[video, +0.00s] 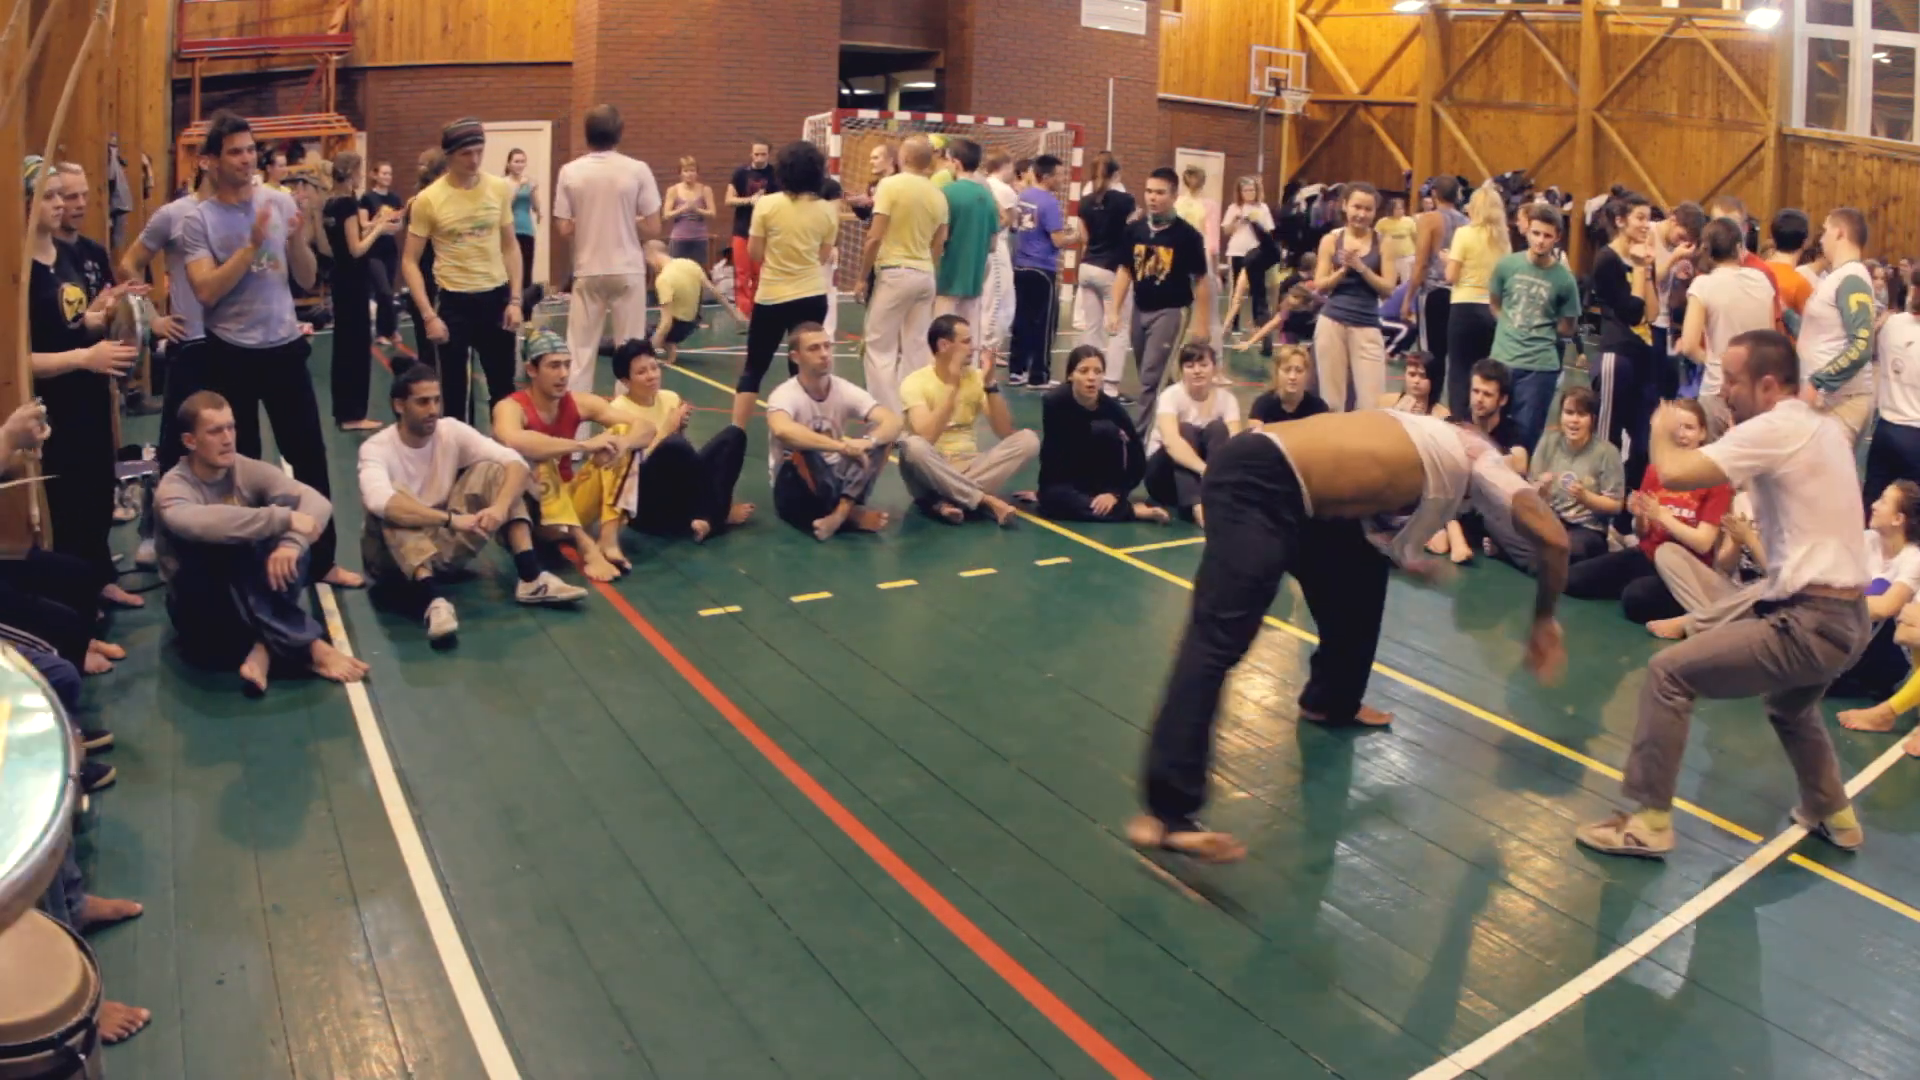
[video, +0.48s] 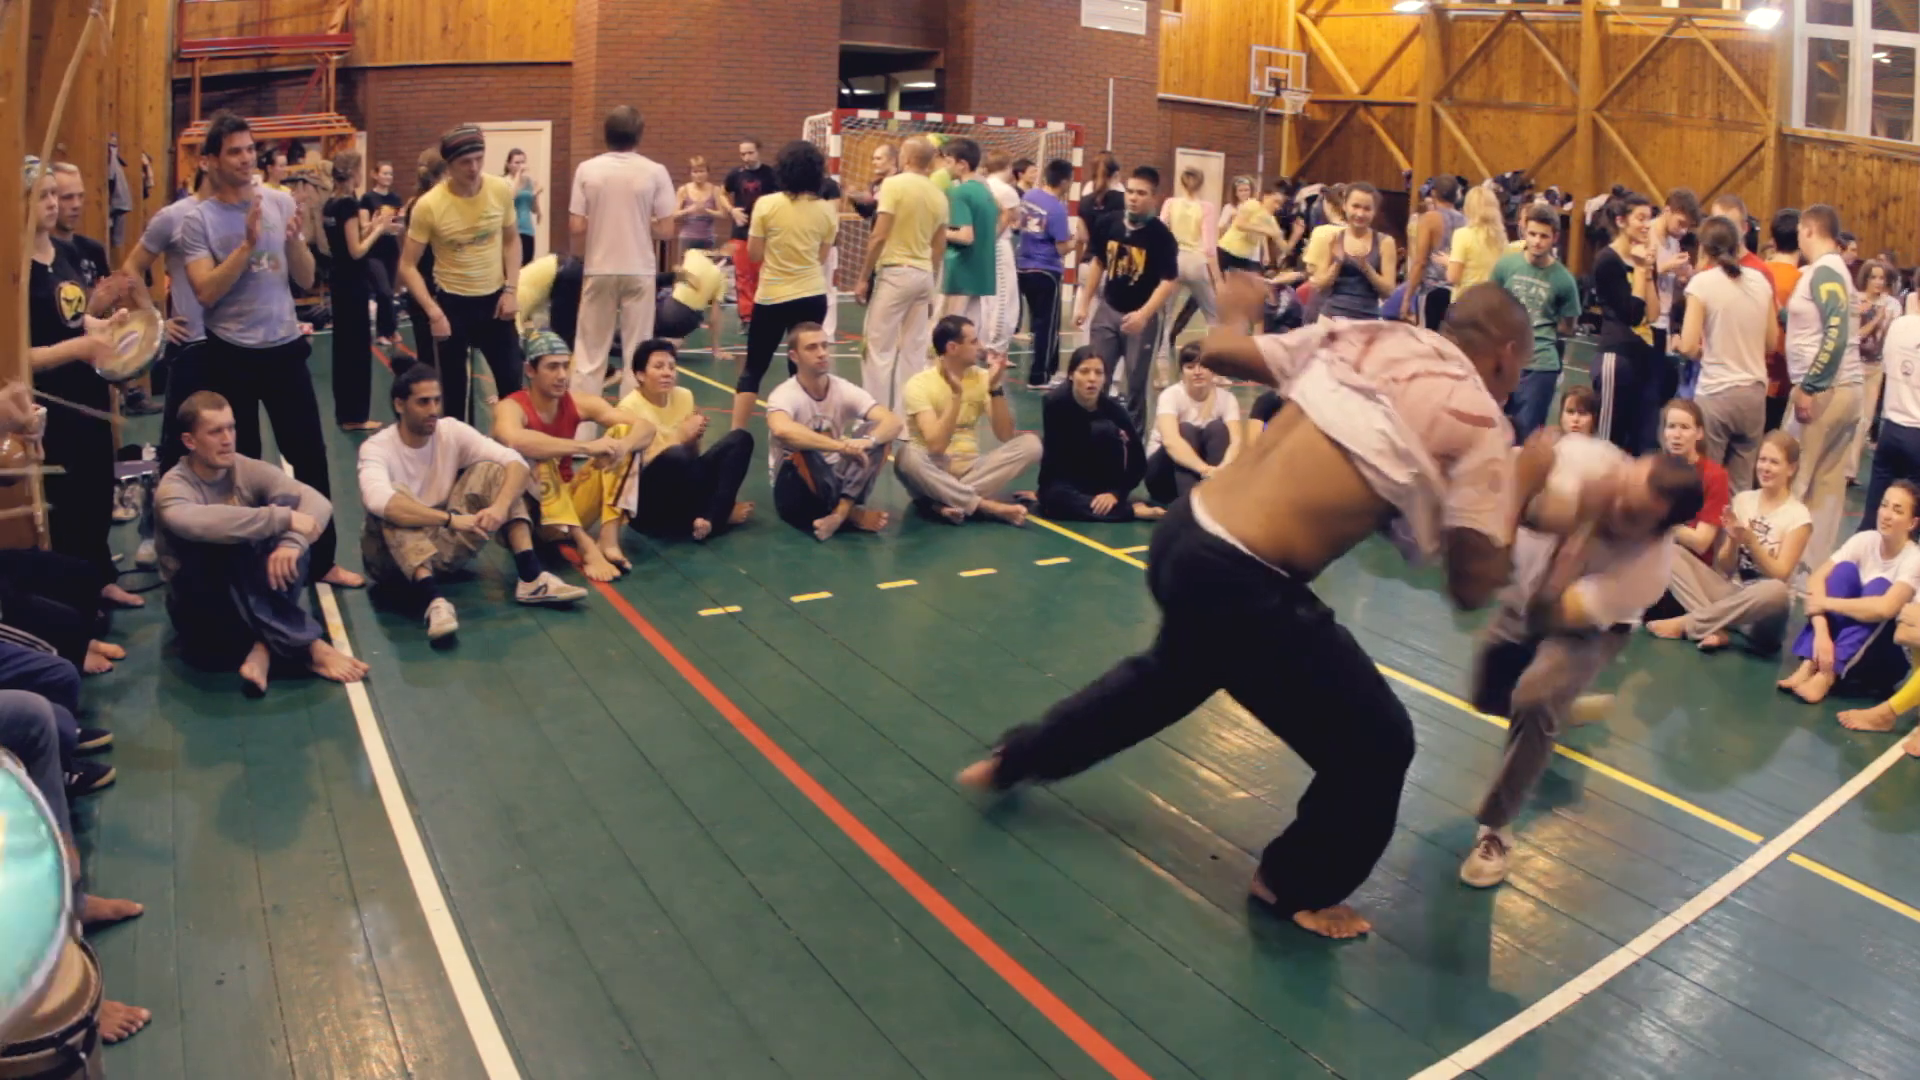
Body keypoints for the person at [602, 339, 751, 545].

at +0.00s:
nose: (651, 376)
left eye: (654, 368)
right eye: (642, 372)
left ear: (660, 369)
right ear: (625, 381)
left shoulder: (670, 399)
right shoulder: (617, 412)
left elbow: (684, 450)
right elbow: (632, 466)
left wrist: (680, 429)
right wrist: (667, 431)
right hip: (647, 512)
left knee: (734, 434)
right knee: (674, 447)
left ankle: (706, 517)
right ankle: (721, 511)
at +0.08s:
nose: (654, 376)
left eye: (656, 368)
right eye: (644, 372)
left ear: (663, 370)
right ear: (628, 380)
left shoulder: (673, 399)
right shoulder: (618, 412)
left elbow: (689, 457)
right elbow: (634, 466)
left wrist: (685, 431)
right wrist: (667, 430)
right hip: (647, 513)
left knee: (736, 436)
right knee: (676, 449)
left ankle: (707, 517)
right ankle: (721, 513)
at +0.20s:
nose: (658, 377)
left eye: (661, 369)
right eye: (648, 372)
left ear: (667, 369)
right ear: (631, 380)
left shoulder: (677, 399)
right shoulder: (621, 411)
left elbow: (690, 457)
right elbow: (633, 468)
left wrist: (691, 432)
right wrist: (665, 432)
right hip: (649, 515)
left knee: (738, 437)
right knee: (675, 449)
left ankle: (707, 518)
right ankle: (720, 514)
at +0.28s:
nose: (661, 377)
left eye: (664, 369)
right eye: (651, 372)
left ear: (669, 369)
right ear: (634, 379)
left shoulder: (679, 398)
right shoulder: (623, 411)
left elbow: (691, 456)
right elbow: (632, 468)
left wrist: (691, 433)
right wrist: (672, 437)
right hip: (649, 514)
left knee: (739, 438)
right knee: (674, 450)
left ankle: (708, 517)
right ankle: (721, 513)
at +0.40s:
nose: (664, 373)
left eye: (668, 367)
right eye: (655, 367)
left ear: (673, 371)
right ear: (637, 376)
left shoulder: (682, 397)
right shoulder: (626, 411)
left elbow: (692, 457)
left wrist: (691, 437)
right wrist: (681, 437)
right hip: (649, 512)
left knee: (741, 438)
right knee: (676, 453)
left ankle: (709, 517)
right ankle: (721, 513)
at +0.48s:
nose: (667, 373)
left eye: (671, 367)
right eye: (659, 367)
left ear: (676, 371)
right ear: (640, 375)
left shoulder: (684, 396)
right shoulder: (628, 408)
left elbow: (692, 459)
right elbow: (639, 464)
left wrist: (693, 439)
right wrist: (681, 437)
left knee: (741, 438)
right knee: (676, 455)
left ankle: (708, 517)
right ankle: (721, 514)